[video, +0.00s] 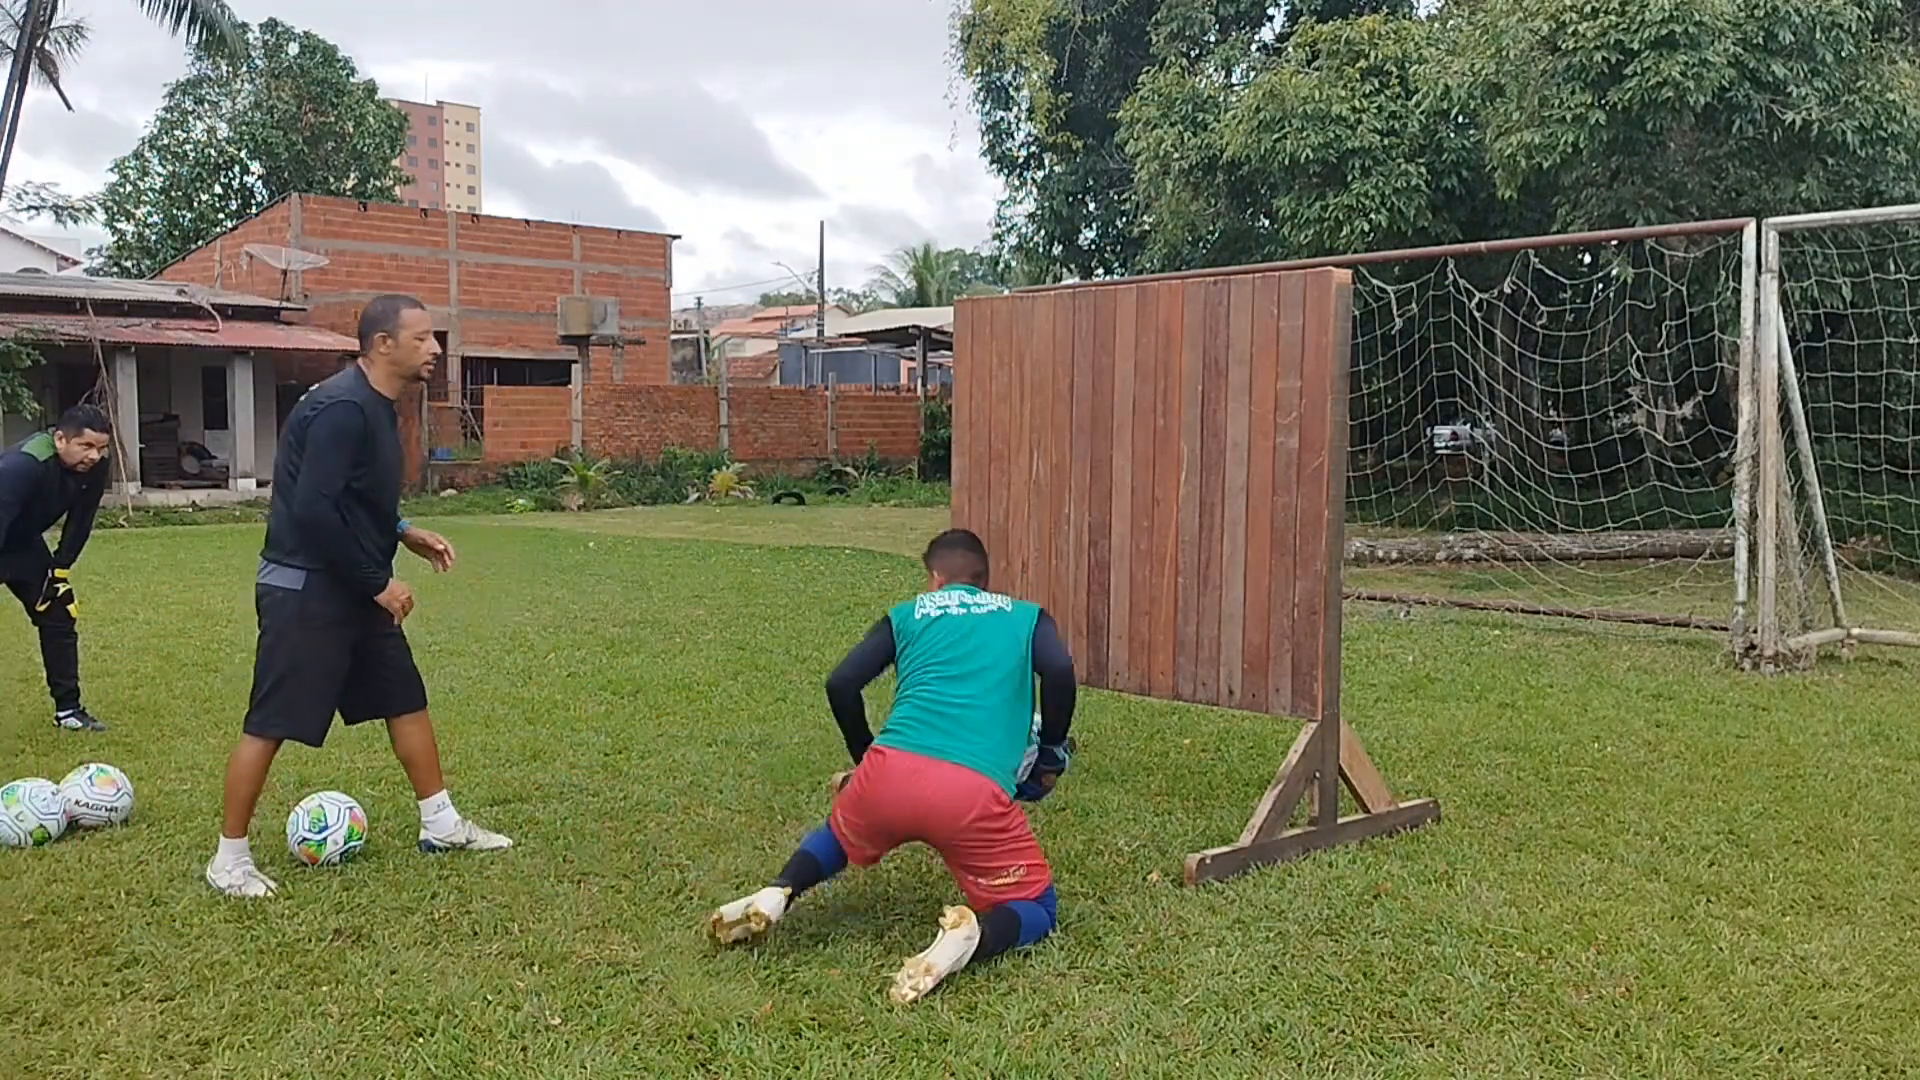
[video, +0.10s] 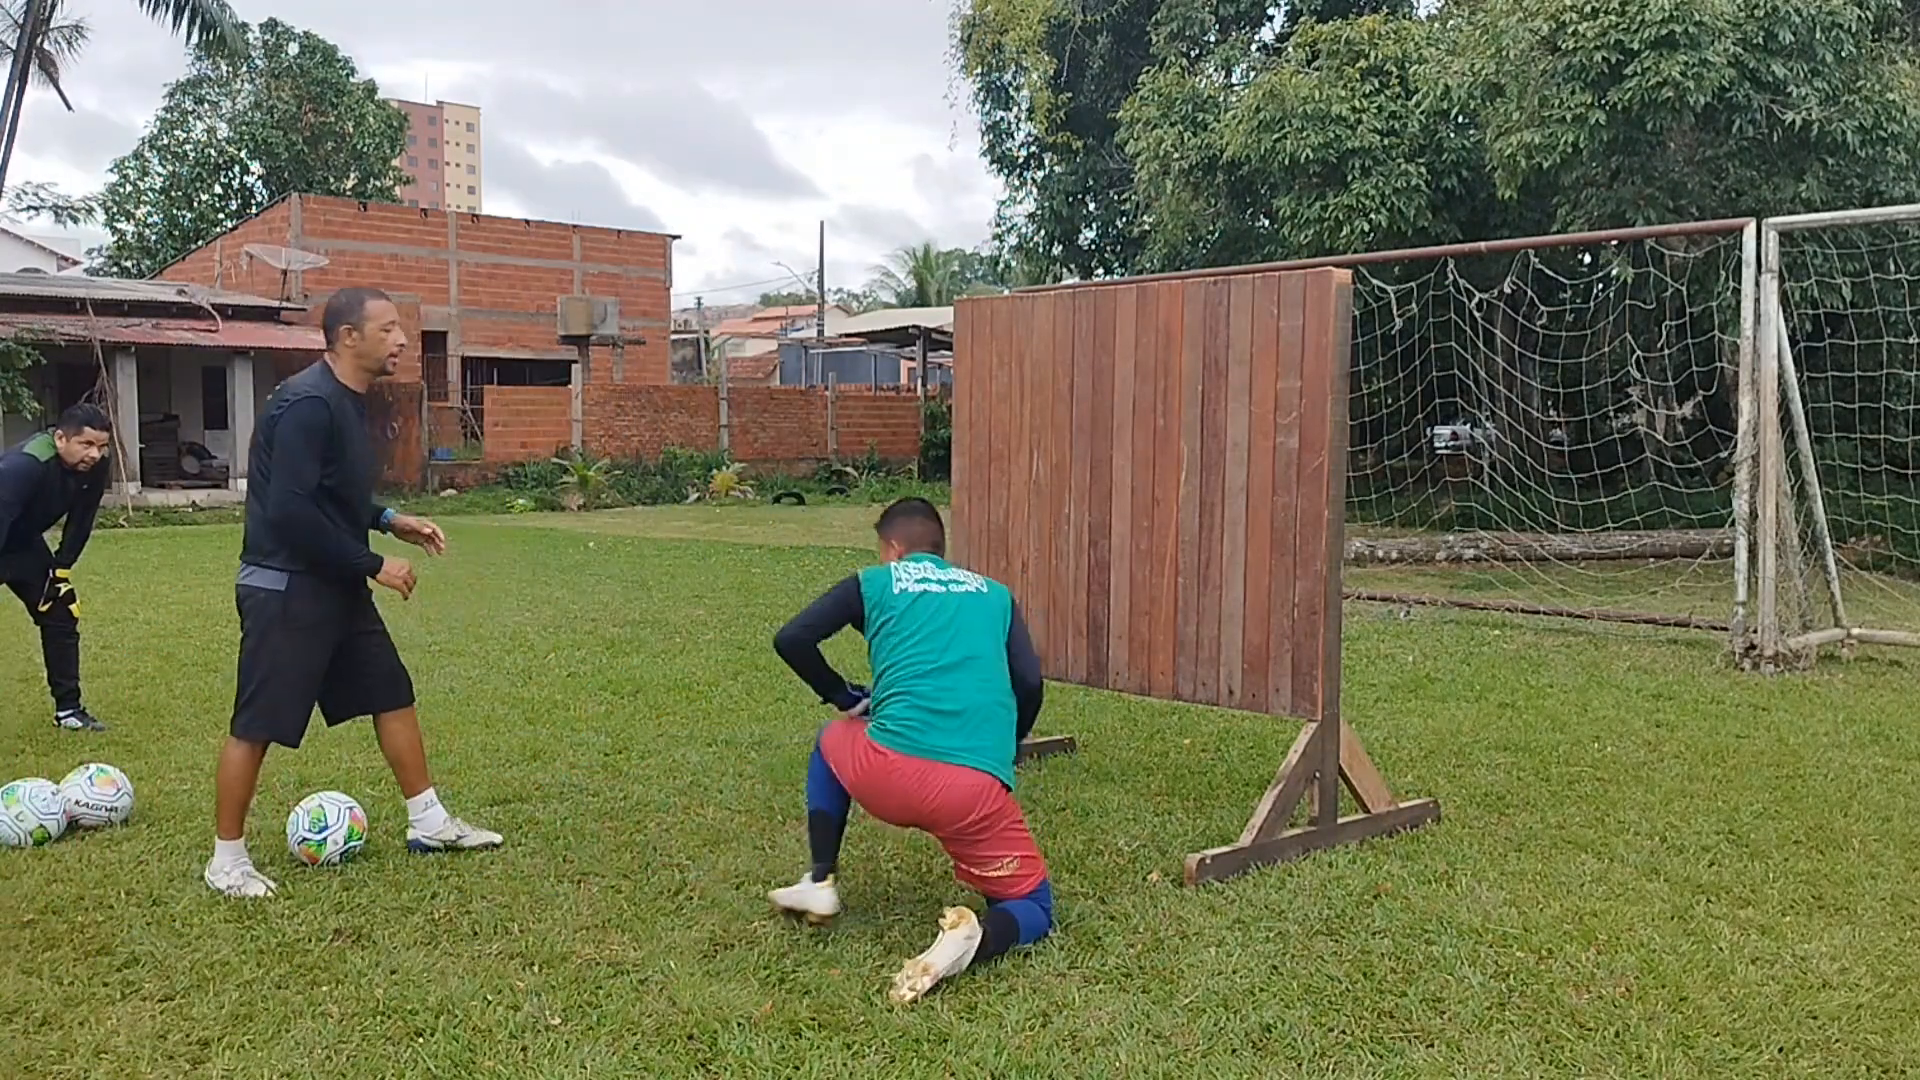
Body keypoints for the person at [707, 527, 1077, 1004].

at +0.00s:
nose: (928, 583)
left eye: (928, 576)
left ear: (933, 576)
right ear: (987, 580)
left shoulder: (905, 614)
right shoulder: (1029, 617)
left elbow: (842, 683)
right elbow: (1059, 670)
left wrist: (865, 758)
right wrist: (1051, 750)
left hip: (890, 772)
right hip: (973, 794)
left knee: (838, 835)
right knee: (1037, 909)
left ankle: (775, 895)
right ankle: (972, 936)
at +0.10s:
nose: (882, 559)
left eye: (881, 552)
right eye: (883, 553)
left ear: (891, 549)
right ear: (944, 547)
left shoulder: (875, 583)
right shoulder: (997, 596)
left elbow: (791, 640)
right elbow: (1030, 684)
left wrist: (844, 697)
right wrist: (1008, 742)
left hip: (887, 778)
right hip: (974, 792)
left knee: (831, 741)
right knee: (1033, 911)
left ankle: (819, 880)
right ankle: (973, 939)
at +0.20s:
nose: (835, 538)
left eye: (835, 530)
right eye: (836, 530)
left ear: (848, 529)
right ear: (901, 527)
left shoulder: (828, 566)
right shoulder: (949, 571)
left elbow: (758, 644)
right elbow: (971, 667)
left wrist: (815, 703)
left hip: (886, 786)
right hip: (968, 789)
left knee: (836, 731)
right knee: (1013, 907)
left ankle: (882, 882)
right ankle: (992, 948)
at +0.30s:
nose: (788, 526)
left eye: (787, 518)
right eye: (787, 519)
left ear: (798, 515)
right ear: (855, 509)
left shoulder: (784, 558)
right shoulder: (907, 546)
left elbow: (748, 654)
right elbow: (956, 646)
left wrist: (815, 696)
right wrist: (896, 662)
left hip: (870, 763)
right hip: (947, 762)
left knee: (847, 745)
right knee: (968, 878)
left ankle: (885, 879)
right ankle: (984, 941)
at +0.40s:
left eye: (762, 489)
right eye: (826, 480)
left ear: (765, 488)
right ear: (826, 478)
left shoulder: (751, 538)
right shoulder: (876, 514)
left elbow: (734, 641)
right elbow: (939, 592)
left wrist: (800, 684)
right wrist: (962, 670)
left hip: (824, 735)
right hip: (906, 730)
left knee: (858, 762)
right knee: (935, 838)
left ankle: (884, 878)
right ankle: (954, 906)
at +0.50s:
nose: (806, 437)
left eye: (799, 433)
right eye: (805, 430)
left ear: (744, 436)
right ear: (802, 429)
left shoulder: (715, 497)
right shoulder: (832, 470)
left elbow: (720, 610)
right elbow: (885, 571)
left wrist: (766, 645)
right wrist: (882, 598)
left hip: (774, 712)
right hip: (849, 697)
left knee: (845, 753)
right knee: (922, 797)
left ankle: (888, 876)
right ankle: (869, 862)